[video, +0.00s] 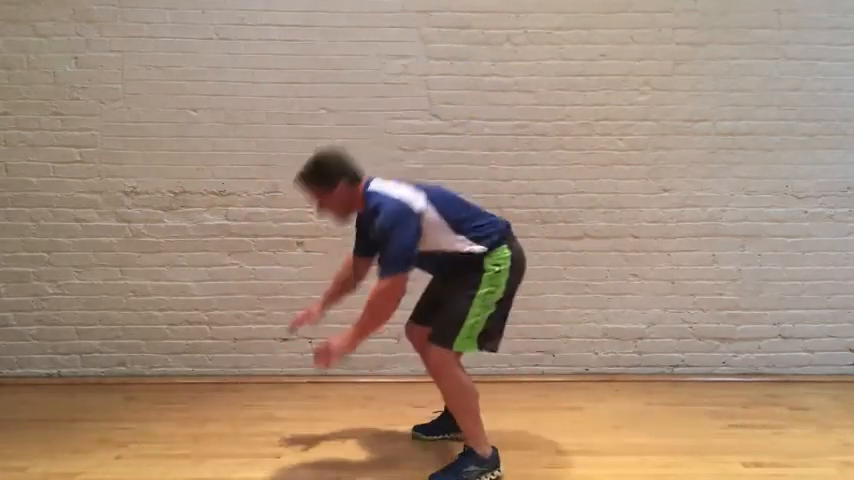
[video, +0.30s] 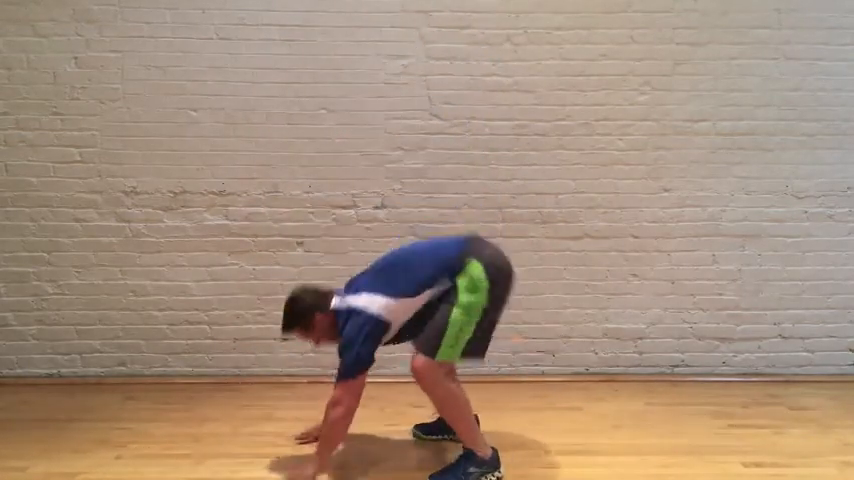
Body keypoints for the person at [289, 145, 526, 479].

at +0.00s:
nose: (320, 209)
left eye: (321, 199)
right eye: (316, 201)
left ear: (343, 185)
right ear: (343, 186)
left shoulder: (393, 210)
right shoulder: (370, 209)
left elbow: (391, 291)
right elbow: (357, 267)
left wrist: (347, 341)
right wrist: (320, 306)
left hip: (492, 258)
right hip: (462, 261)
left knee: (441, 351)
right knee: (419, 332)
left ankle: (482, 454)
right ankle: (458, 414)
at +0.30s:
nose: (313, 342)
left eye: (308, 334)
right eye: (306, 338)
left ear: (321, 319)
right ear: (324, 312)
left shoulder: (361, 321)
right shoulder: (350, 300)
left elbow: (344, 403)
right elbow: (347, 386)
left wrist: (319, 463)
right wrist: (329, 426)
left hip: (481, 268)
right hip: (471, 259)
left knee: (427, 366)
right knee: (429, 356)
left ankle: (482, 456)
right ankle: (459, 420)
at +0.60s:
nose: (257, 385)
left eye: (250, 379)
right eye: (249, 381)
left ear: (254, 363)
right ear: (258, 351)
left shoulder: (293, 349)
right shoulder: (298, 330)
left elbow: (329, 419)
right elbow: (342, 381)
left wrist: (322, 476)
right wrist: (330, 430)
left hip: (408, 296)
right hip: (411, 282)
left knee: (492, 380)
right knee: (494, 348)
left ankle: (604, 403)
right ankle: (585, 364)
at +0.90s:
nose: (230, 441)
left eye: (228, 434)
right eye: (225, 436)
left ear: (241, 420)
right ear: (250, 401)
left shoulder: (273, 422)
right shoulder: (292, 388)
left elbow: (321, 430)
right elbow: (348, 375)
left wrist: (323, 479)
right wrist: (341, 410)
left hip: (408, 420)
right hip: (410, 392)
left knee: (521, 442)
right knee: (517, 421)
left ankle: (631, 428)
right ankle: (610, 398)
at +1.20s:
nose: (241, 389)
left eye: (237, 383)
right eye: (235, 384)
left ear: (249, 369)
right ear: (258, 352)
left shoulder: (292, 377)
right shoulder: (297, 350)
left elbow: (331, 423)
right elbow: (340, 385)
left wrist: (323, 477)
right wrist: (322, 426)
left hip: (417, 398)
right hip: (420, 373)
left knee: (518, 437)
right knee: (517, 418)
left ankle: (634, 429)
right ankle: (614, 400)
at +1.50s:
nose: (291, 367)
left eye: (286, 361)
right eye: (284, 364)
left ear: (291, 346)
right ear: (290, 339)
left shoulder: (323, 334)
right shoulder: (315, 318)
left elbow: (331, 413)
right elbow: (339, 387)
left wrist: (323, 474)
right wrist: (325, 427)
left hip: (430, 254)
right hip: (432, 244)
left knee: (425, 371)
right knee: (440, 351)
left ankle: (513, 414)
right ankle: (500, 401)